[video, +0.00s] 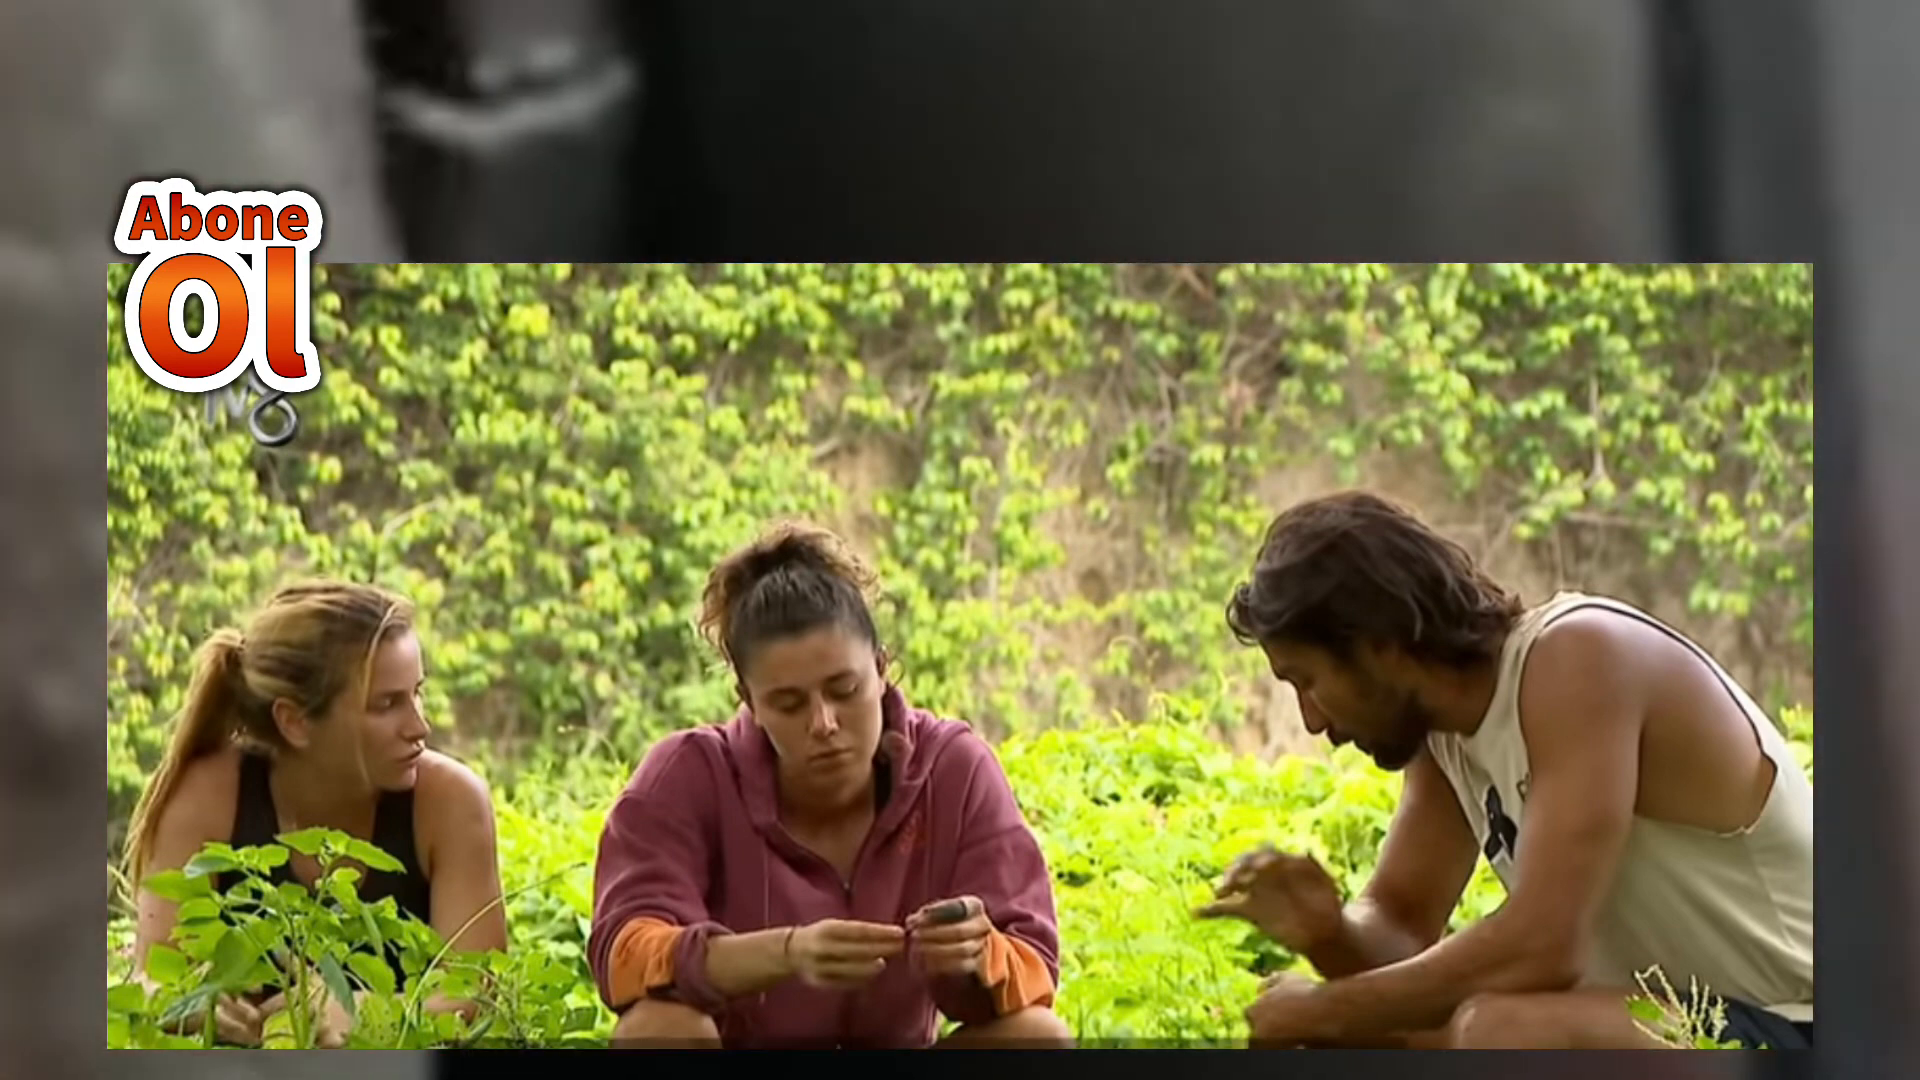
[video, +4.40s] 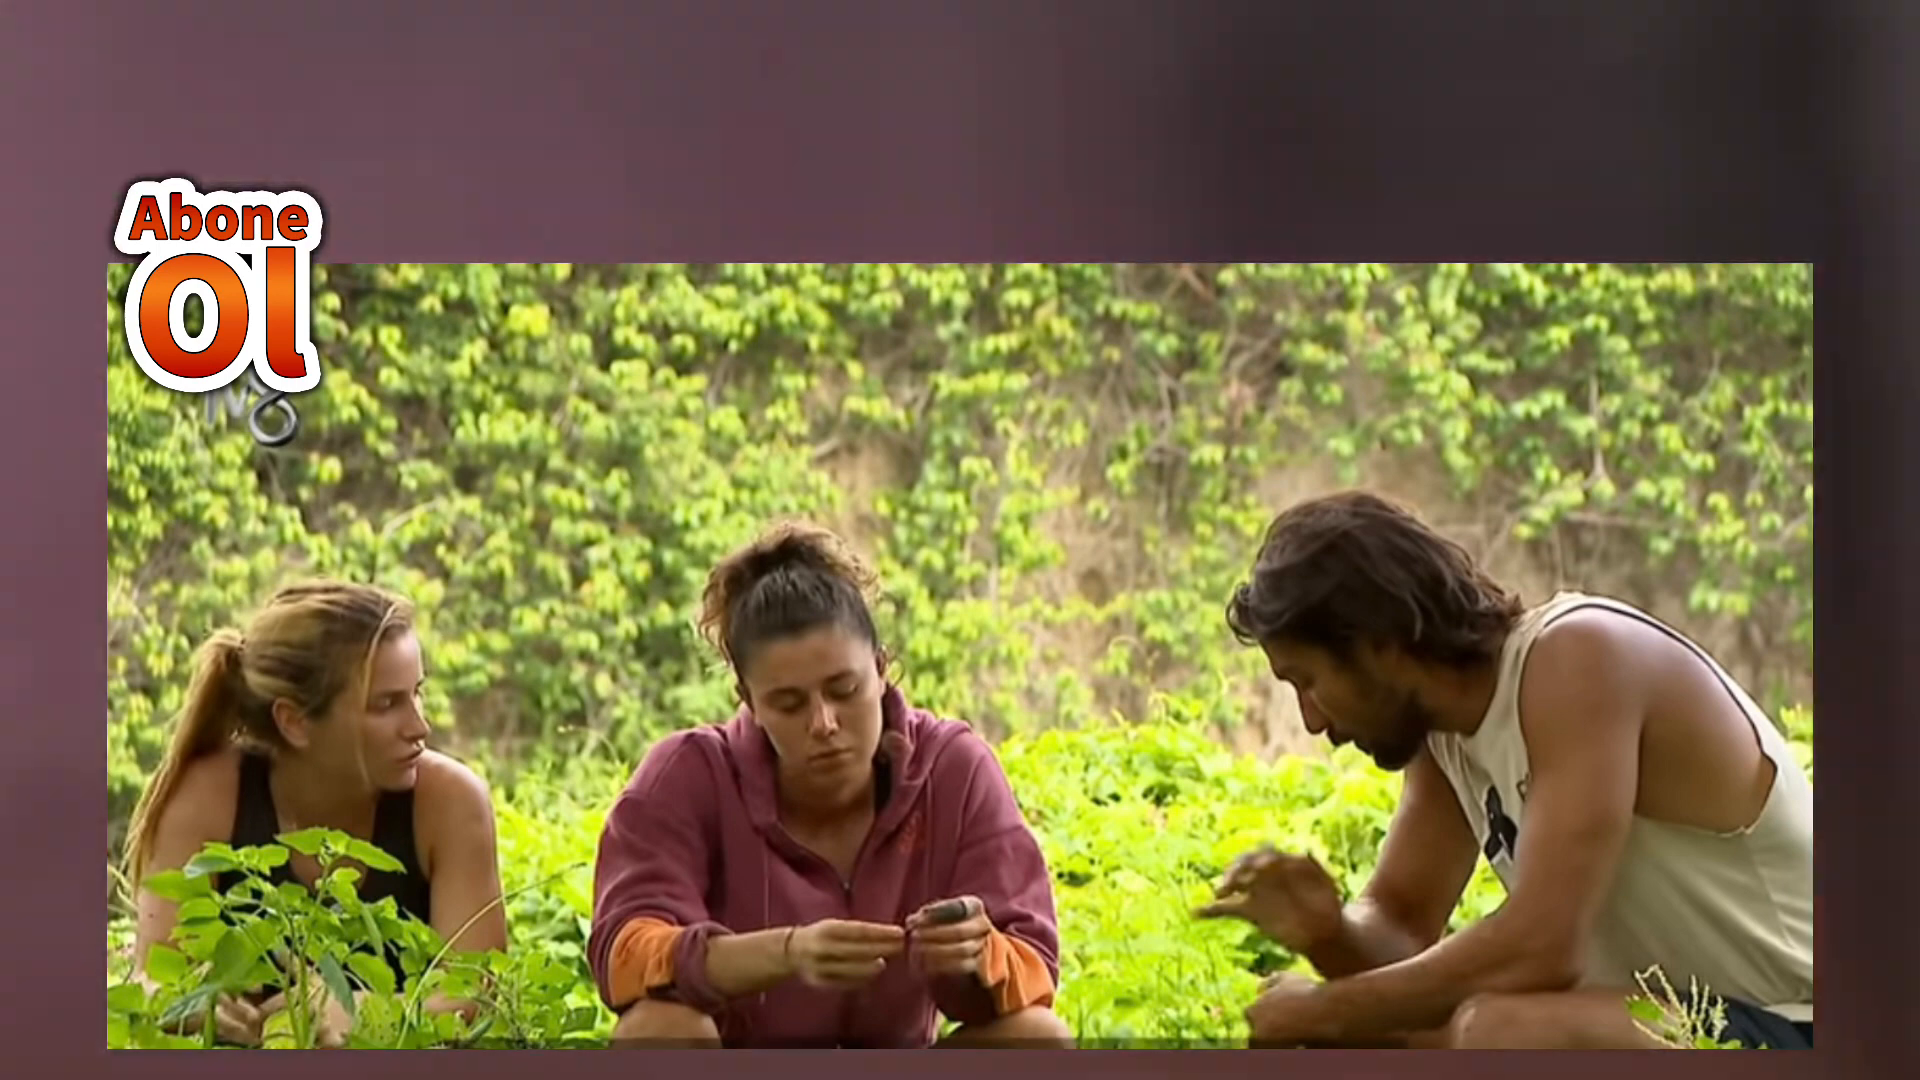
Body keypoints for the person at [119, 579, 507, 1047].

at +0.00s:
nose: (420, 725)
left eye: (417, 695)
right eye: (388, 705)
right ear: (295, 723)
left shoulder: (451, 799)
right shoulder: (206, 792)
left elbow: (471, 1002)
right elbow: (152, 983)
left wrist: (355, 1013)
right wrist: (199, 1008)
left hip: (387, 1065)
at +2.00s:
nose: (420, 725)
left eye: (417, 695)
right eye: (388, 705)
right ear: (295, 722)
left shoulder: (451, 799)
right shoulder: (206, 791)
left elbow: (470, 1001)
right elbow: (151, 983)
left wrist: (355, 1013)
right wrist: (198, 1008)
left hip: (386, 1066)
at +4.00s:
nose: (420, 725)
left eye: (417, 695)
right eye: (388, 705)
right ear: (295, 722)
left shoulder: (451, 799)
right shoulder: (205, 792)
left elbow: (470, 1001)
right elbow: (153, 984)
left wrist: (354, 1014)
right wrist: (200, 1009)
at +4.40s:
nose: (420, 726)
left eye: (417, 695)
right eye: (387, 705)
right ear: (295, 722)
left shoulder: (451, 799)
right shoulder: (206, 792)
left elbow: (471, 1000)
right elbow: (153, 982)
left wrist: (354, 1012)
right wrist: (201, 1008)